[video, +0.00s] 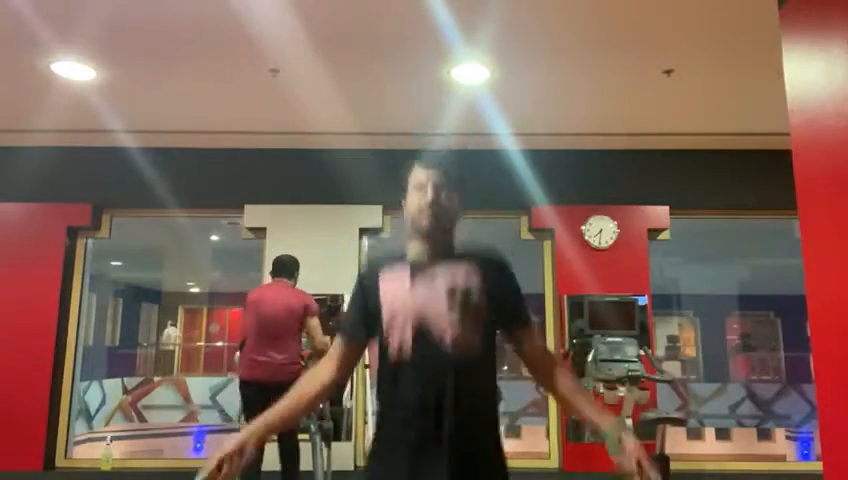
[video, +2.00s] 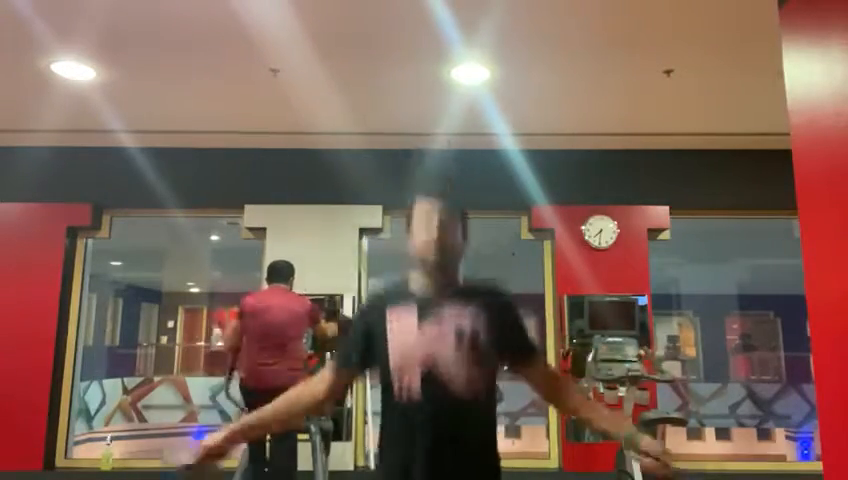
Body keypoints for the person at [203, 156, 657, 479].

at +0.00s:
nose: (431, 198)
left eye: (442, 188)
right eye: (420, 188)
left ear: (460, 205)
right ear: (402, 205)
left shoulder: (488, 271)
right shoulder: (377, 277)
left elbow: (541, 362)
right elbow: (329, 371)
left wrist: (612, 430)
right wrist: (251, 434)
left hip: (475, 459)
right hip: (396, 459)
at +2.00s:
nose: (431, 239)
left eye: (443, 227)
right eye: (420, 227)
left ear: (463, 236)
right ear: (405, 235)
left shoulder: (490, 307)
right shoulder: (379, 312)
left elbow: (550, 384)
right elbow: (323, 389)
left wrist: (629, 435)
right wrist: (239, 431)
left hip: (472, 469)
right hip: (398, 468)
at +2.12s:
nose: (433, 174)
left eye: (443, 167)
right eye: (421, 167)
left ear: (459, 184)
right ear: (405, 185)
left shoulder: (487, 244)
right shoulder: (379, 252)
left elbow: (532, 327)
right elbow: (342, 340)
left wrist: (592, 370)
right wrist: (268, 394)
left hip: (477, 429)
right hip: (400, 431)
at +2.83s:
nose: (428, 190)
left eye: (439, 180)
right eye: (419, 181)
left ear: (456, 194)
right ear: (403, 194)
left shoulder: (491, 258)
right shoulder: (379, 265)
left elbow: (561, 340)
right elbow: (342, 351)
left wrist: (644, 371)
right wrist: (259, 386)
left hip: (478, 446)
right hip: (400, 447)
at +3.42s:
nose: (431, 225)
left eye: (442, 215)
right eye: (421, 215)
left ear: (464, 226)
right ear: (407, 228)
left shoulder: (499, 296)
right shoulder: (381, 304)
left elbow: (574, 366)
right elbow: (329, 381)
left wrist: (657, 394)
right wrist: (241, 411)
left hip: (482, 467)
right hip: (404, 467)